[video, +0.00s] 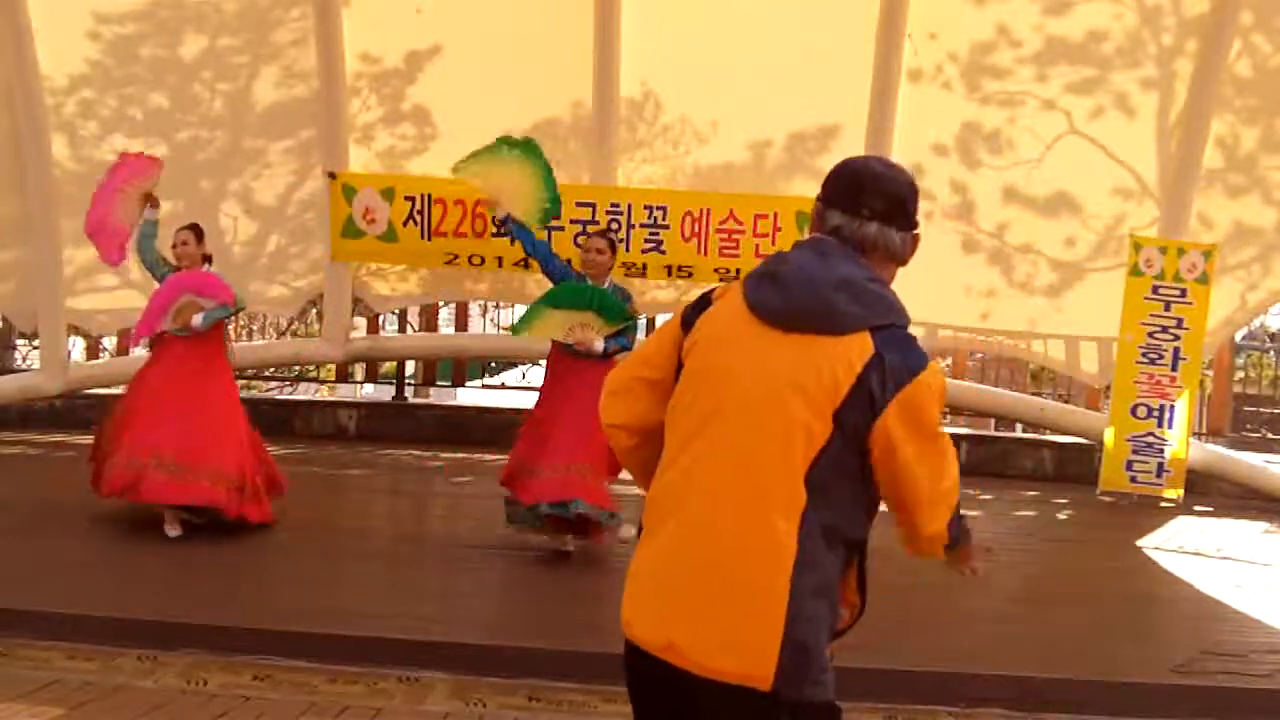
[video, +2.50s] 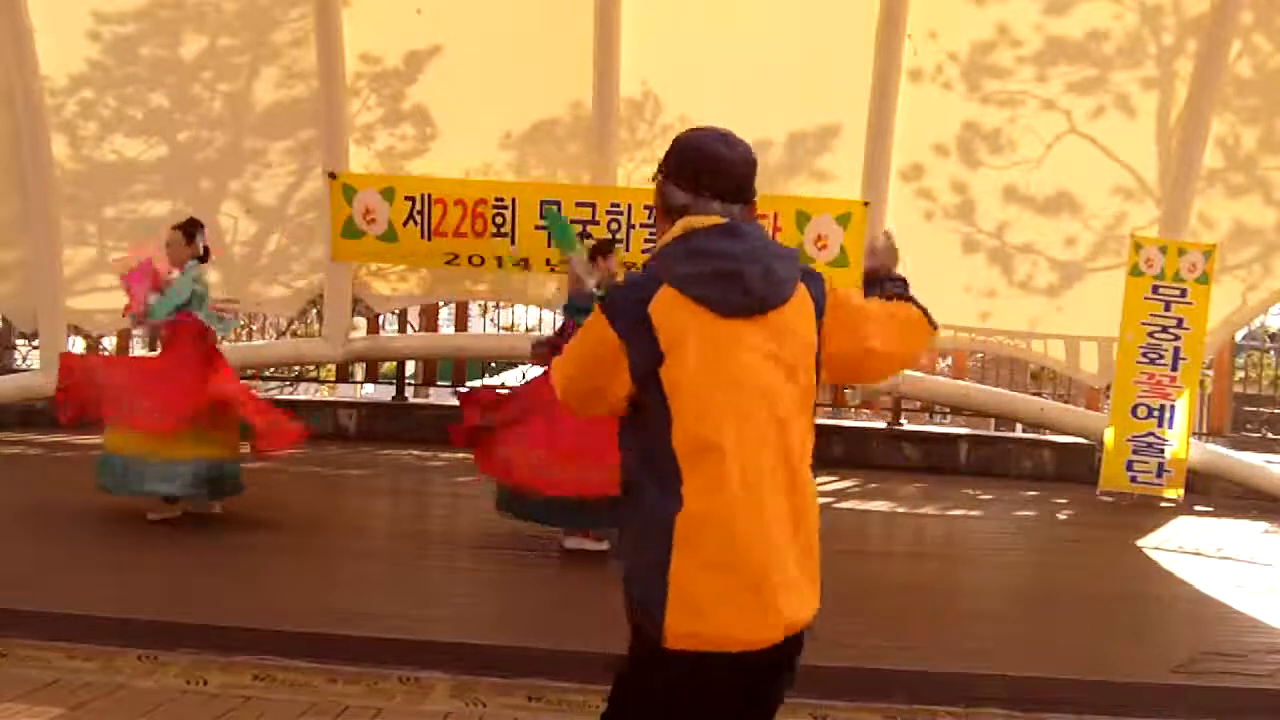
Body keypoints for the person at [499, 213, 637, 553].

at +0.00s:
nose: (592, 257)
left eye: (600, 252)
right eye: (587, 250)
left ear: (612, 259)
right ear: (581, 254)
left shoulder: (620, 297)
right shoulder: (568, 279)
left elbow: (628, 339)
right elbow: (539, 252)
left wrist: (601, 346)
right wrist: (504, 217)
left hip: (598, 371)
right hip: (563, 367)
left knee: (590, 435)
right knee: (558, 432)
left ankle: (584, 509)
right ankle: (555, 510)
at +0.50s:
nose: (633, 266)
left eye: (632, 260)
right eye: (627, 260)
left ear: (614, 262)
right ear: (607, 262)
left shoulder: (624, 300)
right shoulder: (603, 289)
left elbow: (635, 340)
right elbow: (594, 278)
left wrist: (644, 319)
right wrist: (578, 268)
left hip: (621, 386)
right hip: (599, 387)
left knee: (613, 452)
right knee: (595, 453)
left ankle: (608, 527)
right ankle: (589, 528)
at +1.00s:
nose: (573, 264)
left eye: (578, 260)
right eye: (575, 259)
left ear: (593, 263)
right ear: (606, 263)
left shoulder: (588, 296)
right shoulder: (617, 289)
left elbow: (571, 341)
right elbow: (638, 276)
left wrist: (553, 346)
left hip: (599, 376)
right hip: (626, 372)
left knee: (590, 447)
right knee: (615, 445)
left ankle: (592, 526)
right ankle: (616, 525)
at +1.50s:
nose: (629, 267)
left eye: (628, 262)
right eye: (624, 261)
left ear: (613, 265)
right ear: (606, 263)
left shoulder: (622, 299)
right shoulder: (596, 291)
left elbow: (636, 341)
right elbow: (586, 280)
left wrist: (643, 334)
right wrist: (581, 270)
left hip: (614, 379)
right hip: (593, 379)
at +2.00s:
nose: (570, 268)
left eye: (576, 262)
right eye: (572, 261)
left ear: (594, 267)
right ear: (597, 269)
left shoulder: (589, 299)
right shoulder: (607, 296)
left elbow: (565, 344)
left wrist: (547, 338)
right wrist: (560, 334)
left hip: (588, 389)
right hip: (602, 385)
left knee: (580, 451)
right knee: (594, 450)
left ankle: (589, 525)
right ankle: (586, 523)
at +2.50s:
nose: (618, 268)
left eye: (617, 261)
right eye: (615, 261)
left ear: (593, 262)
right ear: (601, 262)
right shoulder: (596, 297)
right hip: (588, 381)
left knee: (577, 456)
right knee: (590, 455)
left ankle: (576, 527)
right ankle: (582, 528)